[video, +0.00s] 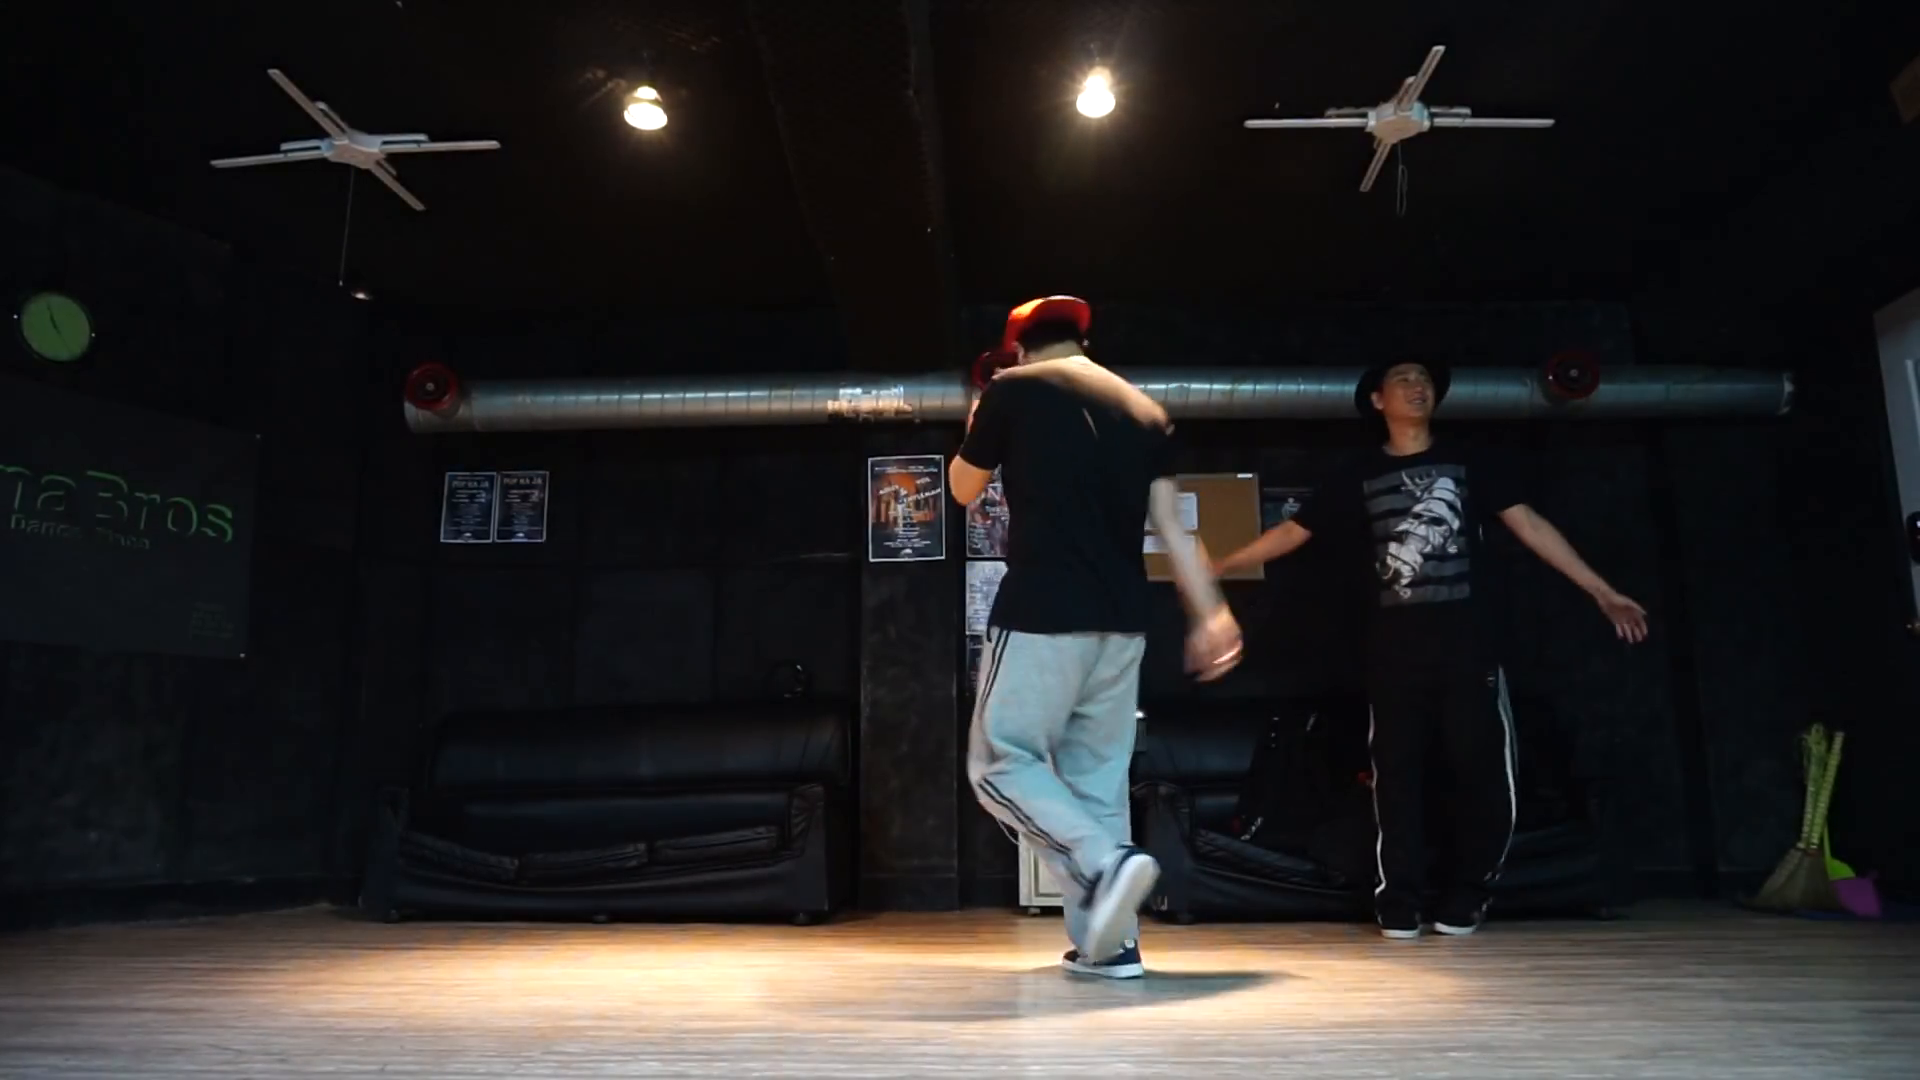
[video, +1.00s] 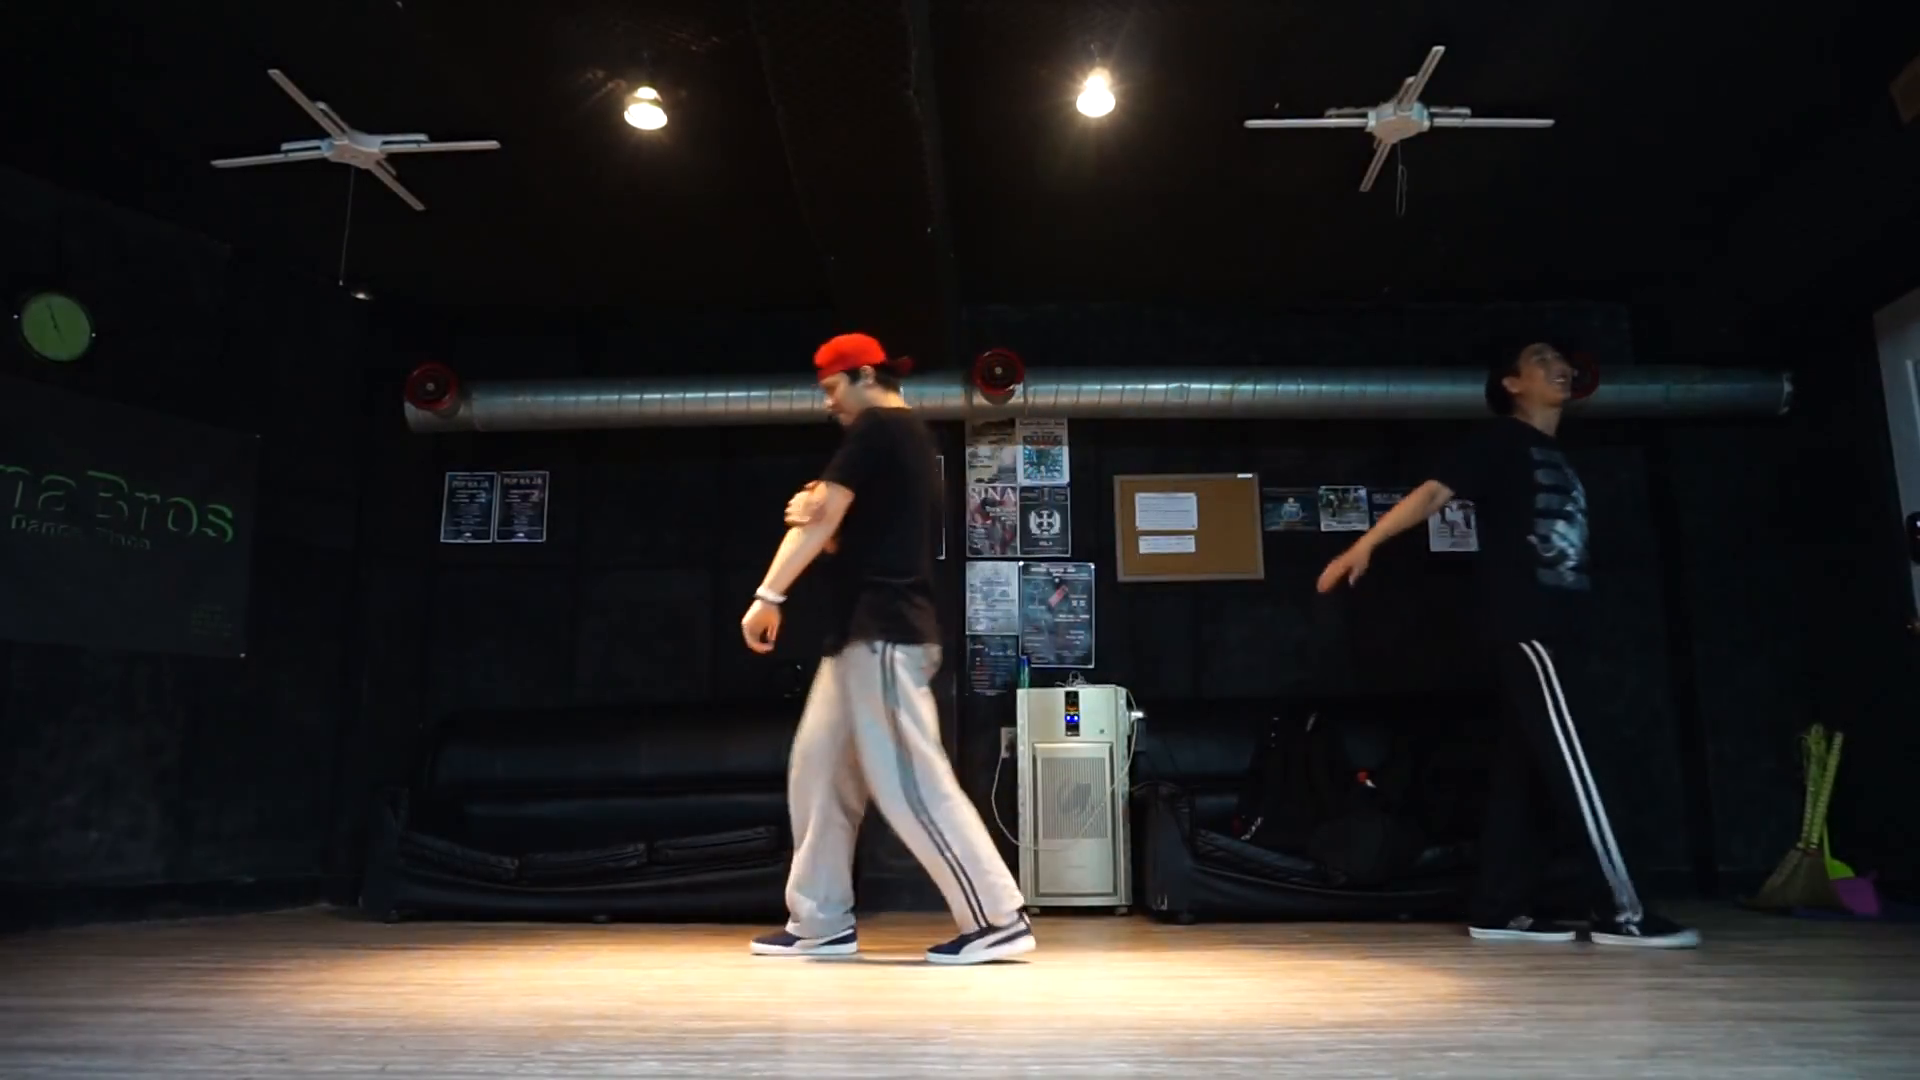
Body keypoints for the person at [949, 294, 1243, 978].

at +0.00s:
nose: (1013, 363)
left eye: (1013, 355)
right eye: (1017, 356)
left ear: (1024, 350)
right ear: (1082, 343)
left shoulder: (1013, 390)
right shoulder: (1143, 409)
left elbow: (964, 487)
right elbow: (1172, 523)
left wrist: (988, 415)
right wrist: (1210, 611)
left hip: (1044, 614)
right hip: (1124, 618)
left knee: (1002, 762)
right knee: (1101, 777)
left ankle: (1104, 867)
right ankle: (1110, 944)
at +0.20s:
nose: (984, 362)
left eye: (983, 354)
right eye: (984, 354)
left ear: (994, 346)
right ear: (1052, 339)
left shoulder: (1006, 390)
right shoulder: (1091, 395)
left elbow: (950, 478)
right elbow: (1073, 485)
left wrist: (970, 412)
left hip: (1030, 605)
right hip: (1100, 607)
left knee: (974, 753)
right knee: (1086, 776)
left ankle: (1028, 902)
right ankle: (1109, 942)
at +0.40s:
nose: (948, 389)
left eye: (945, 377)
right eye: (944, 379)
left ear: (960, 364)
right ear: (1004, 354)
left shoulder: (987, 416)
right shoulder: (1047, 412)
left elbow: (937, 514)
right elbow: (970, 519)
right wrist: (886, 563)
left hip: (998, 626)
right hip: (1060, 625)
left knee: (956, 770)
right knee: (1057, 777)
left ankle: (994, 931)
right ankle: (1104, 932)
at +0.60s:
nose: (908, 396)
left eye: (909, 381)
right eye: (904, 385)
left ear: (936, 363)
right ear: (945, 362)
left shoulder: (964, 412)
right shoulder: (991, 414)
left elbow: (894, 495)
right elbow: (923, 526)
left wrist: (862, 546)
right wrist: (871, 592)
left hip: (963, 624)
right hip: (995, 622)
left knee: (937, 774)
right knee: (957, 763)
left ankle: (993, 933)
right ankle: (1046, 853)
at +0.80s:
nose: (872, 396)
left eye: (872, 383)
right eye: (868, 385)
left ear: (894, 368)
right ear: (920, 363)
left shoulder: (918, 410)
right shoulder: (958, 416)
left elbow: (856, 502)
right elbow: (913, 529)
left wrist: (806, 584)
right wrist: (820, 541)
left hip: (930, 622)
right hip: (936, 618)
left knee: (933, 770)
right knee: (847, 732)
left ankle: (1000, 930)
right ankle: (913, 874)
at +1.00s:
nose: (826, 402)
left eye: (830, 388)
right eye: (824, 390)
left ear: (861, 378)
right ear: (869, 379)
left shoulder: (875, 430)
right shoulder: (904, 431)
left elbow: (820, 523)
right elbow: (876, 519)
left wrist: (768, 595)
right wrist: (817, 506)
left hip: (883, 636)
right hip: (860, 637)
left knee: (912, 781)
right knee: (817, 770)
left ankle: (998, 924)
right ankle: (821, 925)